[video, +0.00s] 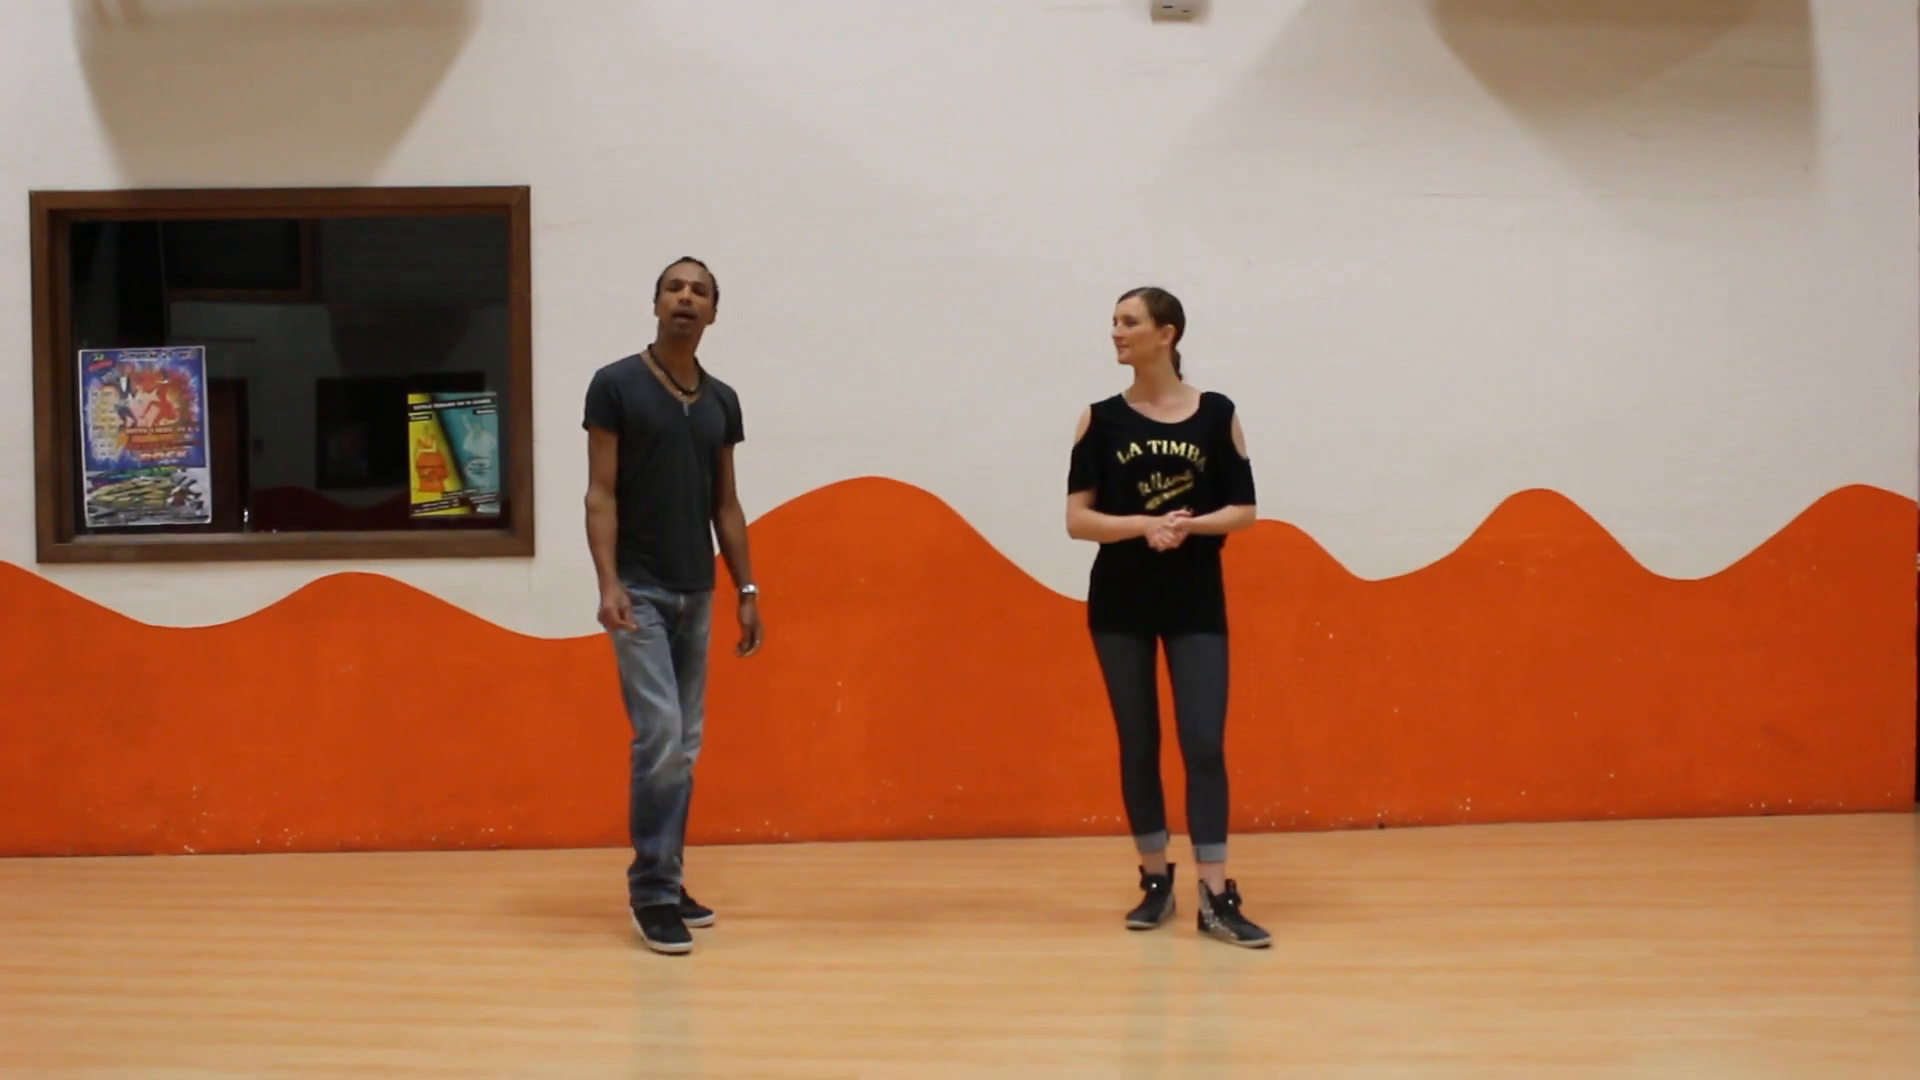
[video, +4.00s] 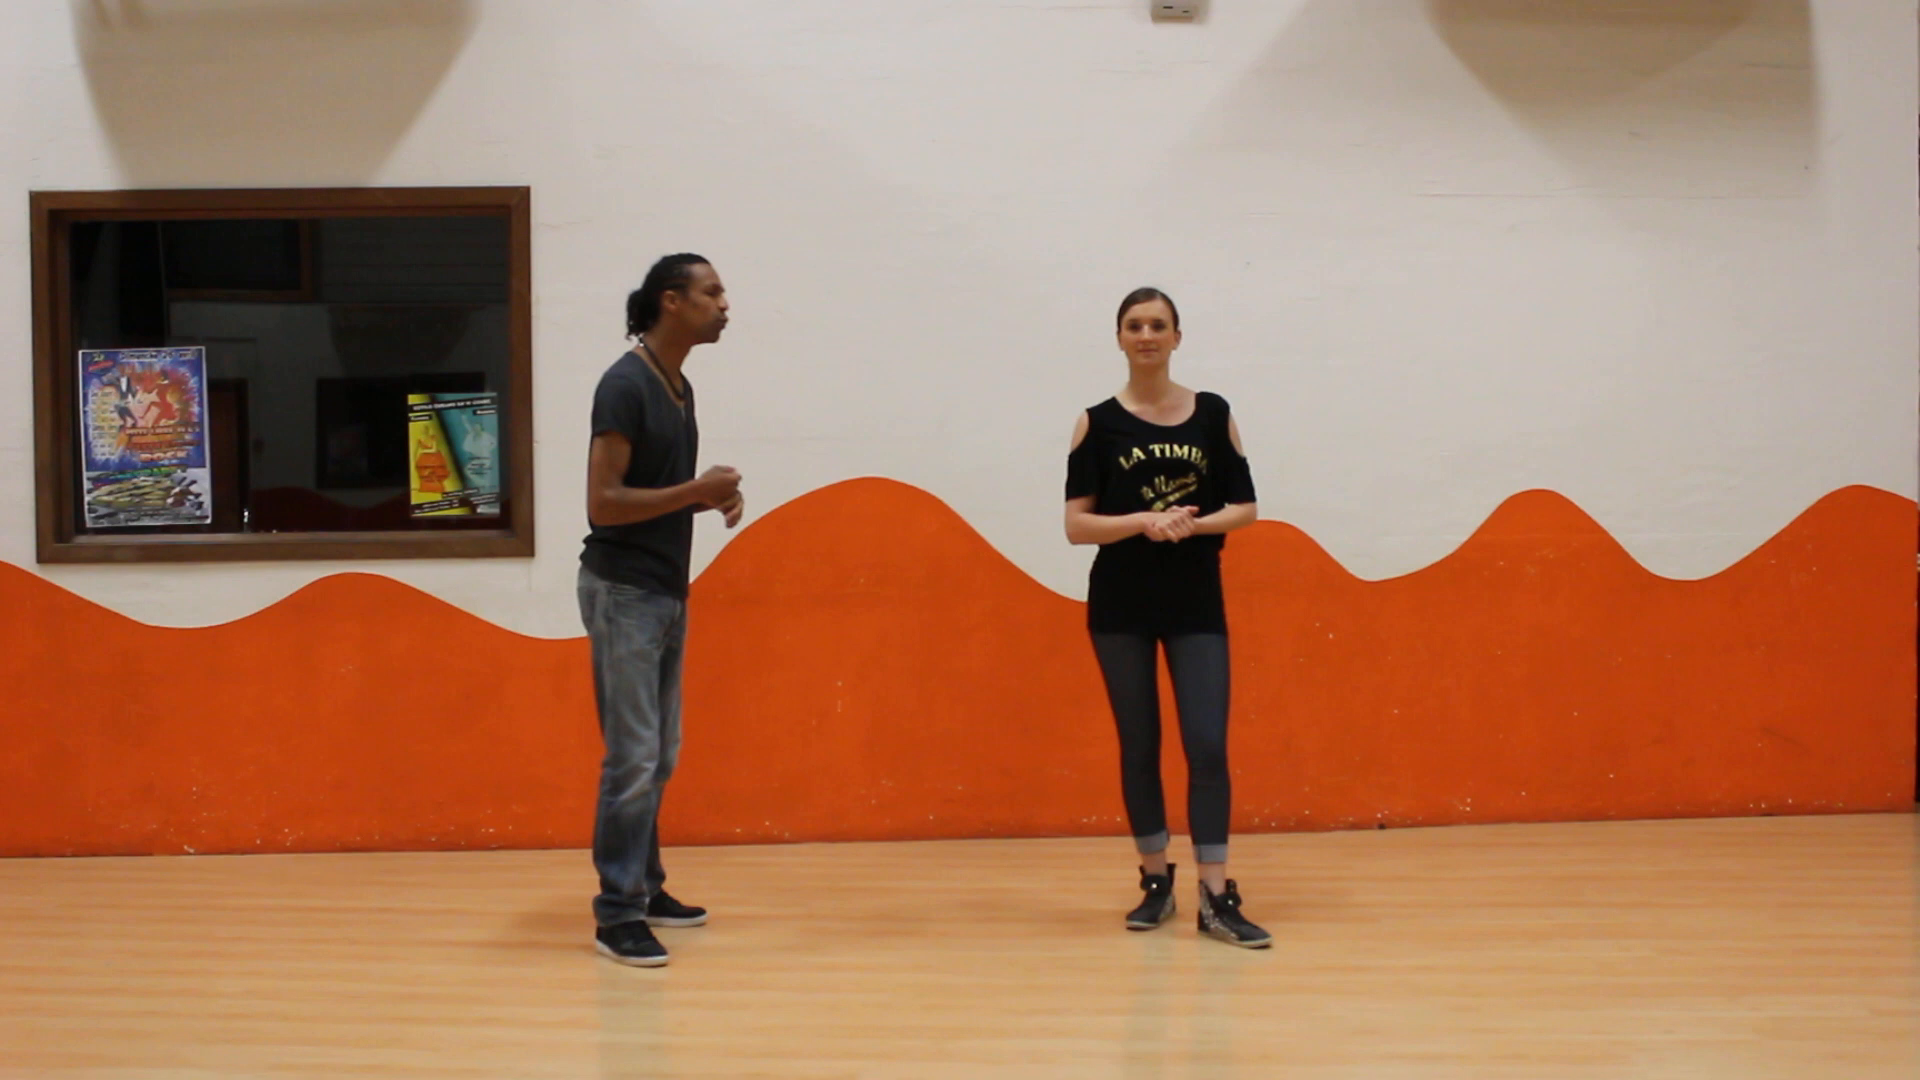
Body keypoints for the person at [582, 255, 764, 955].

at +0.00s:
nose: (685, 298)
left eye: (699, 291)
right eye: (674, 288)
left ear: (714, 312)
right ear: (654, 304)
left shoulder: (720, 401)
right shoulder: (616, 385)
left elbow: (726, 503)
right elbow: (601, 493)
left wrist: (747, 591)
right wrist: (608, 584)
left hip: (695, 589)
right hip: (637, 588)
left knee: (684, 741)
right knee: (661, 734)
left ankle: (665, 881)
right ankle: (653, 891)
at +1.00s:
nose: (662, 288)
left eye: (674, 279)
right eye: (649, 277)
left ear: (688, 299)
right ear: (624, 294)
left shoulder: (705, 386)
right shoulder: (592, 389)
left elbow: (713, 494)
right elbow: (592, 503)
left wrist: (740, 575)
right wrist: (602, 589)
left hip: (695, 602)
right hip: (626, 604)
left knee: (720, 750)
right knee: (637, 761)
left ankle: (680, 870)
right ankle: (647, 903)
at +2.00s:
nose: (776, 279)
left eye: (790, 275)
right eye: (765, 265)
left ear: (796, 301)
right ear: (734, 277)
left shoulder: (805, 391)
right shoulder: (677, 375)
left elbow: (805, 505)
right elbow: (646, 498)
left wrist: (826, 588)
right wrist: (723, 557)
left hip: (774, 607)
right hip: (696, 605)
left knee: (765, 778)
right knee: (687, 772)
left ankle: (753, 937)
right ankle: (667, 895)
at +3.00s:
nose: (728, 281)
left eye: (739, 276)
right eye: (714, 268)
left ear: (744, 301)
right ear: (680, 285)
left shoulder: (751, 389)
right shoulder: (635, 381)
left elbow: (754, 495)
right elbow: (605, 502)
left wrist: (768, 528)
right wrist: (707, 509)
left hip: (729, 605)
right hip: (655, 605)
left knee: (743, 776)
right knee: (643, 771)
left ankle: (751, 938)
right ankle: (615, 911)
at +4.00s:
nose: (724, 306)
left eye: (722, 294)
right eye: (712, 294)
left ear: (685, 308)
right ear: (668, 304)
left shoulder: (677, 386)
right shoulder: (624, 385)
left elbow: (658, 489)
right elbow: (603, 506)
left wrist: (708, 498)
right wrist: (696, 489)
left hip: (664, 592)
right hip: (621, 591)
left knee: (659, 752)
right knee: (634, 753)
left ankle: (643, 886)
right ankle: (617, 911)